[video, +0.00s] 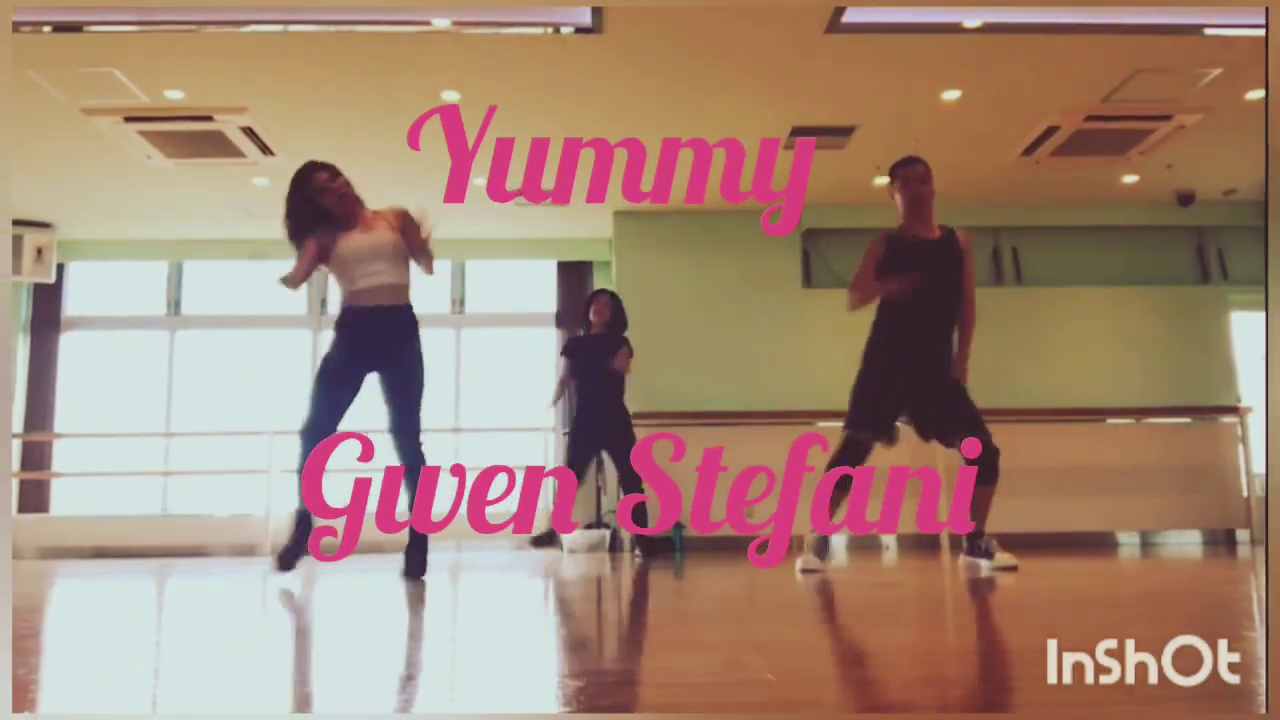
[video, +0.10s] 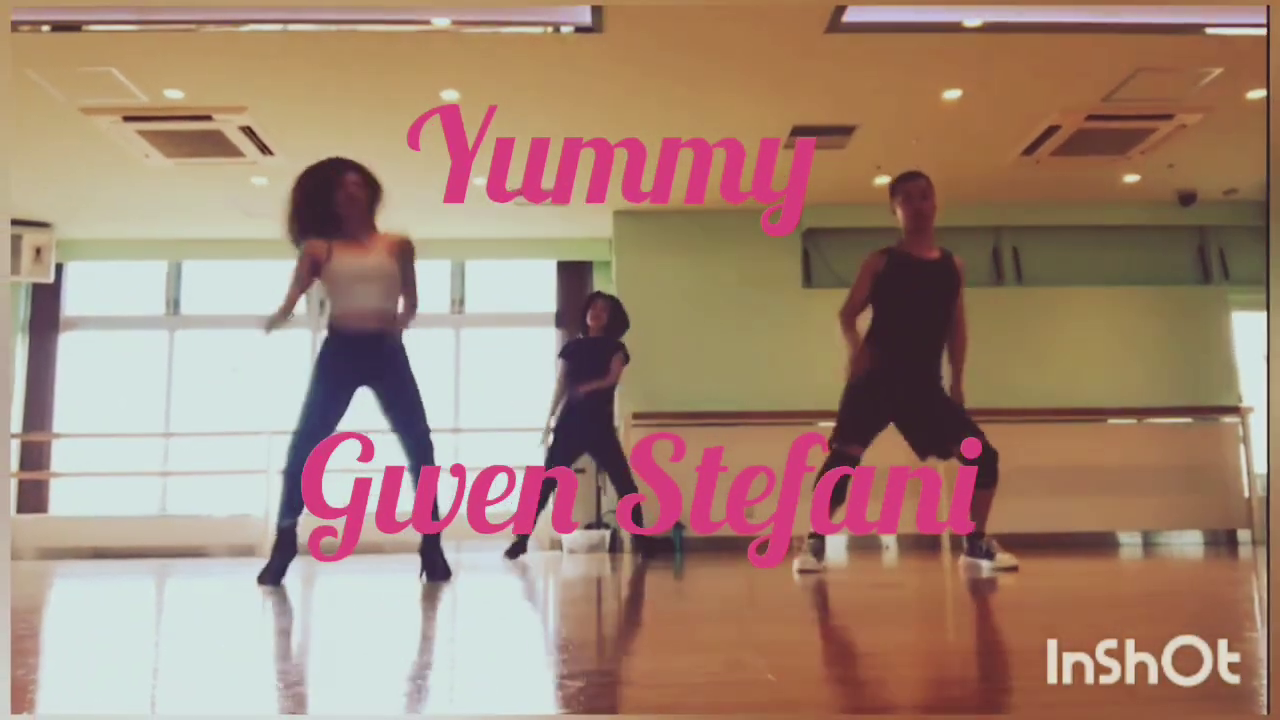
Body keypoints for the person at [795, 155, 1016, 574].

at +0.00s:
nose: (917, 190)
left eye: (923, 181)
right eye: (907, 184)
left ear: (934, 187)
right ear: (894, 193)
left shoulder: (956, 243)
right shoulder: (885, 245)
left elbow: (967, 305)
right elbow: (855, 297)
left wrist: (961, 361)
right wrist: (889, 284)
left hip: (933, 369)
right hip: (884, 368)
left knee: (984, 453)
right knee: (853, 450)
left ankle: (974, 541)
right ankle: (817, 541)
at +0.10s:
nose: (918, 206)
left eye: (924, 197)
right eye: (908, 200)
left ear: (937, 204)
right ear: (895, 210)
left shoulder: (951, 266)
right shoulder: (881, 263)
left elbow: (958, 328)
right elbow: (847, 315)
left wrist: (957, 381)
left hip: (922, 386)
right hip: (875, 383)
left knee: (984, 457)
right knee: (841, 462)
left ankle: (976, 543)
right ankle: (815, 543)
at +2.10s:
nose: (898, 211)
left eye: (902, 202)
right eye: (889, 203)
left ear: (908, 208)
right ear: (865, 209)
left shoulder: (911, 268)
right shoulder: (842, 265)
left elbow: (927, 331)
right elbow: (812, 323)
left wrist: (939, 386)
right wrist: (808, 378)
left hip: (901, 388)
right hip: (851, 388)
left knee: (960, 463)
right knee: (835, 469)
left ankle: (983, 545)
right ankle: (817, 546)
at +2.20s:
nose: (903, 208)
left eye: (905, 198)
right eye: (899, 197)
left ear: (876, 198)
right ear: (876, 196)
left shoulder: (872, 254)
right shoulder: (839, 241)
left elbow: (870, 319)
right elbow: (815, 297)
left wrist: (886, 367)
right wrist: (835, 353)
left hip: (876, 378)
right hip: (841, 376)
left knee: (938, 446)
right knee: (839, 460)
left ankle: (976, 536)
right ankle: (815, 546)